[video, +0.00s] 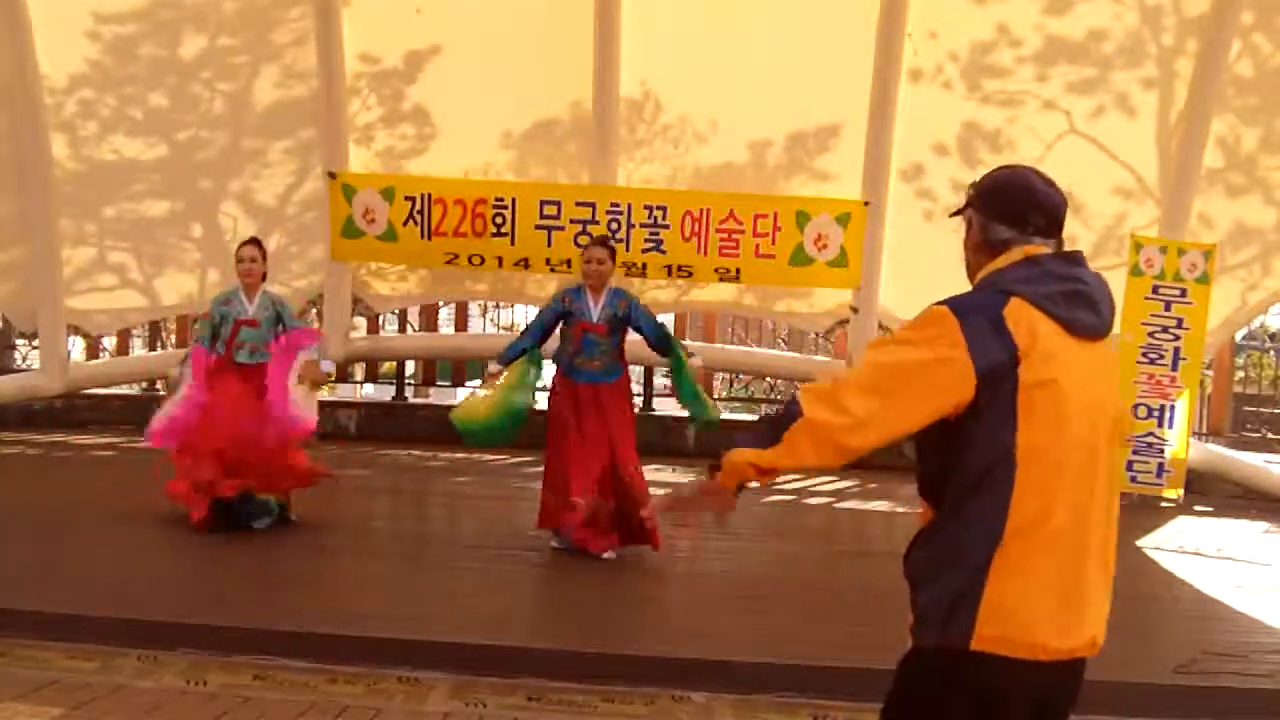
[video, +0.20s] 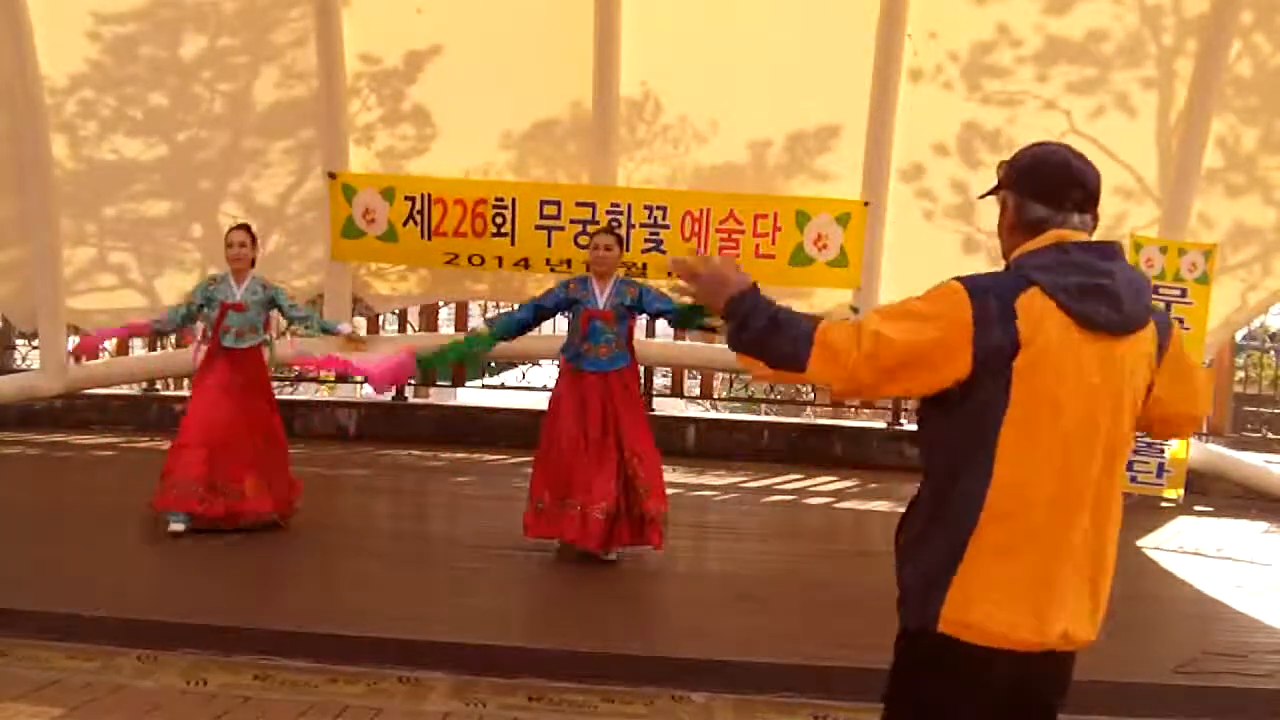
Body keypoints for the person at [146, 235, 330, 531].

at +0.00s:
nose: (247, 267)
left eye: (254, 261)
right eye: (242, 261)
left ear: (264, 267)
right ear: (235, 266)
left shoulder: (275, 305)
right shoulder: (222, 303)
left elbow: (298, 338)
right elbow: (203, 344)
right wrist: (197, 379)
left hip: (262, 376)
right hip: (226, 375)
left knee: (264, 435)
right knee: (224, 434)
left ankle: (278, 500)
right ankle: (219, 499)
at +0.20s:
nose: (237, 251)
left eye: (243, 246)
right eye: (232, 246)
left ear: (255, 251)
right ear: (225, 251)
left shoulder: (265, 289)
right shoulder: (212, 287)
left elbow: (300, 315)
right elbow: (176, 319)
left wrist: (338, 329)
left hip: (250, 368)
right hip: (215, 367)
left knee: (256, 433)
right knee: (198, 431)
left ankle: (267, 504)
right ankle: (180, 509)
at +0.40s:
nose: (220, 235)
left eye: (226, 229)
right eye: (215, 230)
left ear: (239, 234)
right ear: (208, 235)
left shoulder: (250, 268)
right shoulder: (197, 267)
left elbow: (292, 276)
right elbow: (159, 275)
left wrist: (337, 272)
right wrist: (121, 273)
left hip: (232, 355)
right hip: (199, 355)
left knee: (238, 426)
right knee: (196, 426)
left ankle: (244, 506)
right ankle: (198, 510)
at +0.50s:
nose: (211, 233)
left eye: (218, 227)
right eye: (206, 228)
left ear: (231, 233)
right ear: (199, 232)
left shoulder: (242, 265)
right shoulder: (188, 265)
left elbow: (288, 260)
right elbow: (148, 261)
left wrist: (334, 242)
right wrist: (109, 242)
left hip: (224, 358)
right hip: (191, 358)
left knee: (227, 427)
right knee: (193, 430)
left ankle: (231, 508)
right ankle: (194, 511)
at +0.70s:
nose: (197, 232)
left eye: (204, 227)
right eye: (192, 226)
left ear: (217, 232)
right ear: (185, 230)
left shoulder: (226, 263)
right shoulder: (175, 264)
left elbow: (264, 241)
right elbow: (132, 237)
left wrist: (297, 205)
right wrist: (102, 198)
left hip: (214, 363)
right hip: (178, 364)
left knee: (214, 435)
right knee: (177, 438)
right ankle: (177, 520)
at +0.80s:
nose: (195, 233)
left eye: (202, 228)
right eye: (190, 227)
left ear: (213, 232)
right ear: (182, 230)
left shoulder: (218, 265)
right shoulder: (172, 263)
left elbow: (251, 238)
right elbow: (135, 235)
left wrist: (276, 201)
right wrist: (106, 191)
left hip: (207, 365)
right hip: (173, 364)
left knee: (205, 437)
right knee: (171, 438)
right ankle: (170, 522)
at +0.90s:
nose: (192, 232)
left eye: (199, 226)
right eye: (187, 226)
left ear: (210, 232)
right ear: (179, 230)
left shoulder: (214, 266)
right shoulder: (168, 263)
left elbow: (240, 237)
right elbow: (133, 232)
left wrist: (254, 191)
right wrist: (109, 182)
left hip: (203, 366)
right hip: (167, 365)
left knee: (207, 438)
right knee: (166, 438)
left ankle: (209, 523)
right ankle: (164, 524)